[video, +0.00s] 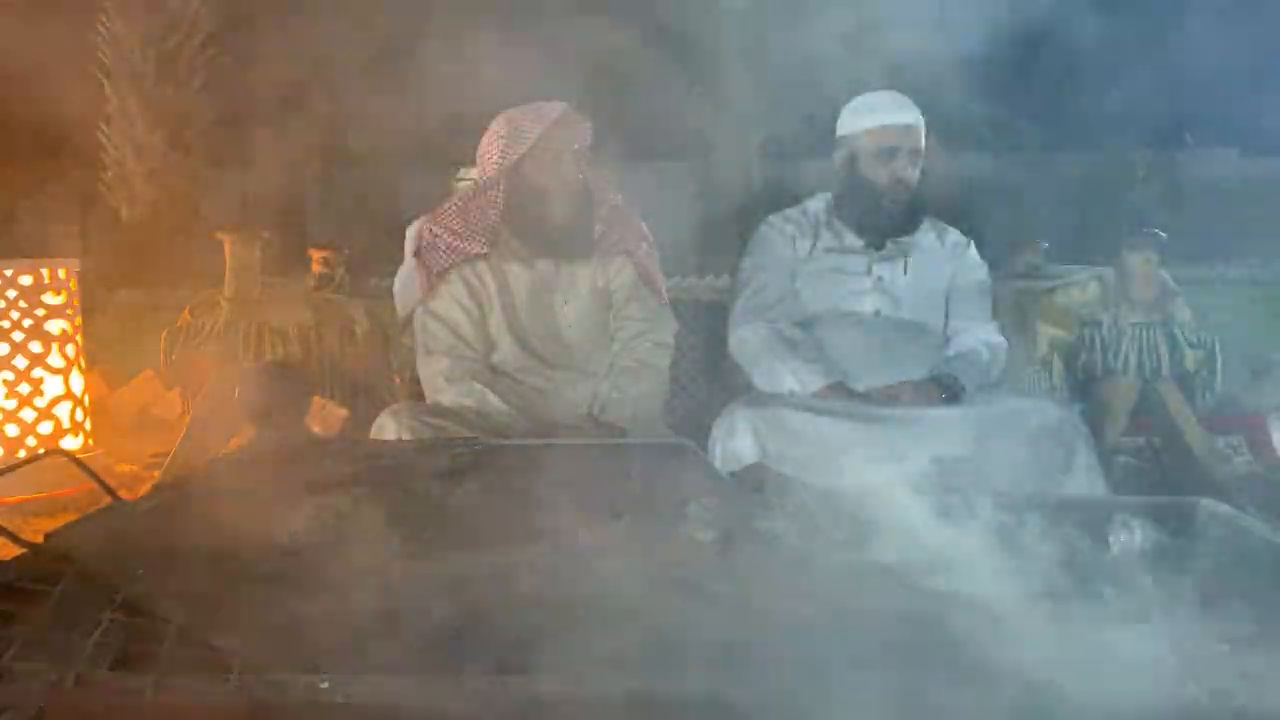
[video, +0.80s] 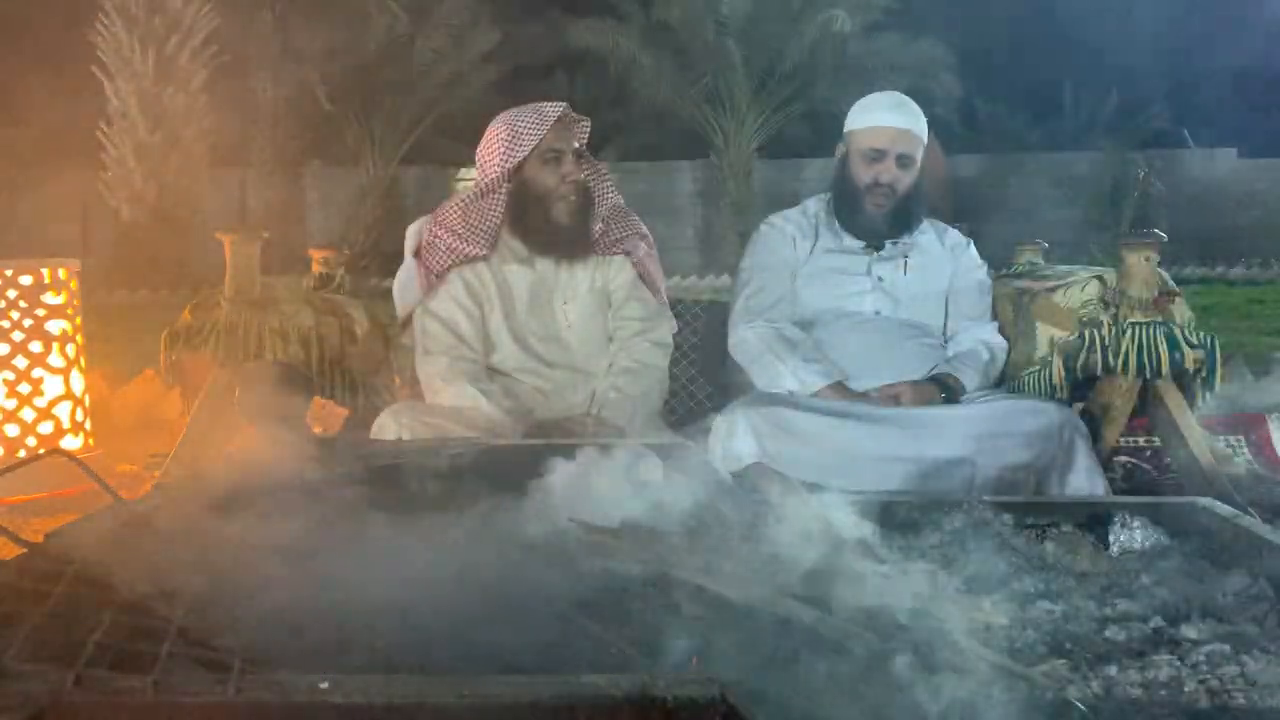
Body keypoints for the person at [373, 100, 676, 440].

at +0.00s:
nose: (580, 176)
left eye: (581, 159)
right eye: (560, 160)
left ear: (591, 167)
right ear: (514, 174)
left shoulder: (620, 258)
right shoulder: (459, 265)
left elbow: (646, 354)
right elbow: (449, 381)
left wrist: (606, 432)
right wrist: (526, 439)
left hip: (598, 439)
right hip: (496, 437)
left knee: (681, 466)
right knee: (397, 427)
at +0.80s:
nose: (575, 175)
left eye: (578, 158)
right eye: (552, 160)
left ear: (587, 165)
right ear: (509, 176)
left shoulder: (614, 257)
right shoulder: (460, 266)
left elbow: (645, 351)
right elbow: (447, 376)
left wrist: (600, 427)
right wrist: (516, 436)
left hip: (602, 437)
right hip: (499, 438)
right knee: (397, 426)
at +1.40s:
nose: (575, 174)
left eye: (577, 158)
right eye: (552, 160)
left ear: (586, 166)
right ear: (508, 176)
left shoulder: (611, 260)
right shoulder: (463, 268)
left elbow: (644, 351)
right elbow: (449, 379)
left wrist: (606, 427)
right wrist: (528, 428)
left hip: (602, 427)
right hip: (500, 430)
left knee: (681, 448)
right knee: (396, 428)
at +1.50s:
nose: (575, 174)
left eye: (577, 158)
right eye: (552, 160)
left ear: (586, 166)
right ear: (507, 177)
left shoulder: (613, 260)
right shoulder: (464, 268)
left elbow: (643, 355)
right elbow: (449, 378)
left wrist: (606, 433)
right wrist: (514, 437)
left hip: (598, 428)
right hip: (499, 428)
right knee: (397, 425)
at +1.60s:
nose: (574, 174)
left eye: (575, 157)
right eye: (550, 160)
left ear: (584, 164)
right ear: (506, 178)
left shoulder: (612, 260)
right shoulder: (463, 268)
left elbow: (644, 357)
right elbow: (450, 379)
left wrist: (593, 431)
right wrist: (516, 439)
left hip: (599, 428)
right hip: (499, 428)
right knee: (396, 424)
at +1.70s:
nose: (572, 173)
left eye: (574, 156)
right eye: (547, 160)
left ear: (584, 163)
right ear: (505, 180)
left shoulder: (611, 258)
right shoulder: (464, 266)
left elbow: (644, 352)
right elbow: (448, 380)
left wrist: (602, 427)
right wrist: (513, 439)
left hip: (597, 426)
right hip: (499, 426)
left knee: (678, 432)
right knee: (395, 425)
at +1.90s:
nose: (569, 173)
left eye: (572, 155)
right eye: (543, 161)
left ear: (583, 160)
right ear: (502, 180)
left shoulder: (616, 250)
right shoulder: (461, 261)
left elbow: (645, 355)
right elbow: (449, 380)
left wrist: (598, 431)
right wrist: (519, 445)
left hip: (598, 434)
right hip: (498, 433)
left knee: (675, 456)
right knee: (397, 426)